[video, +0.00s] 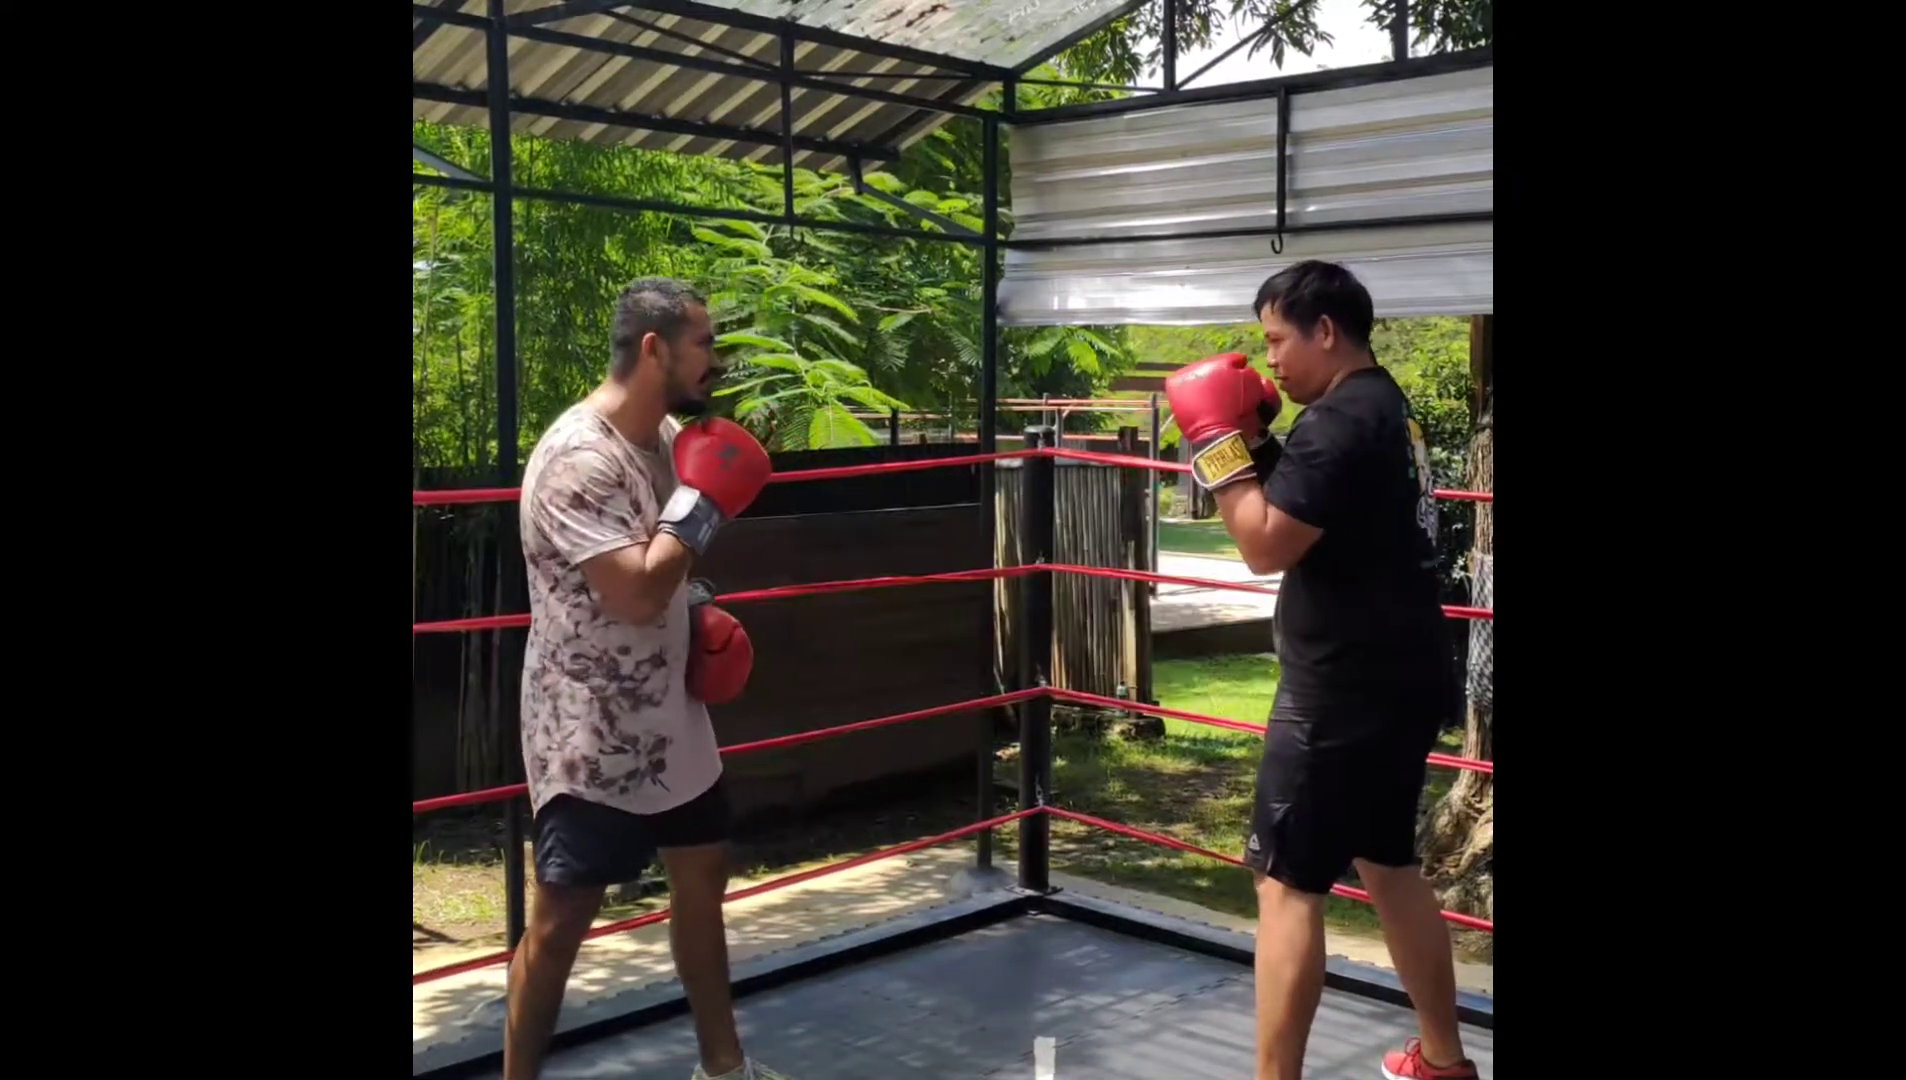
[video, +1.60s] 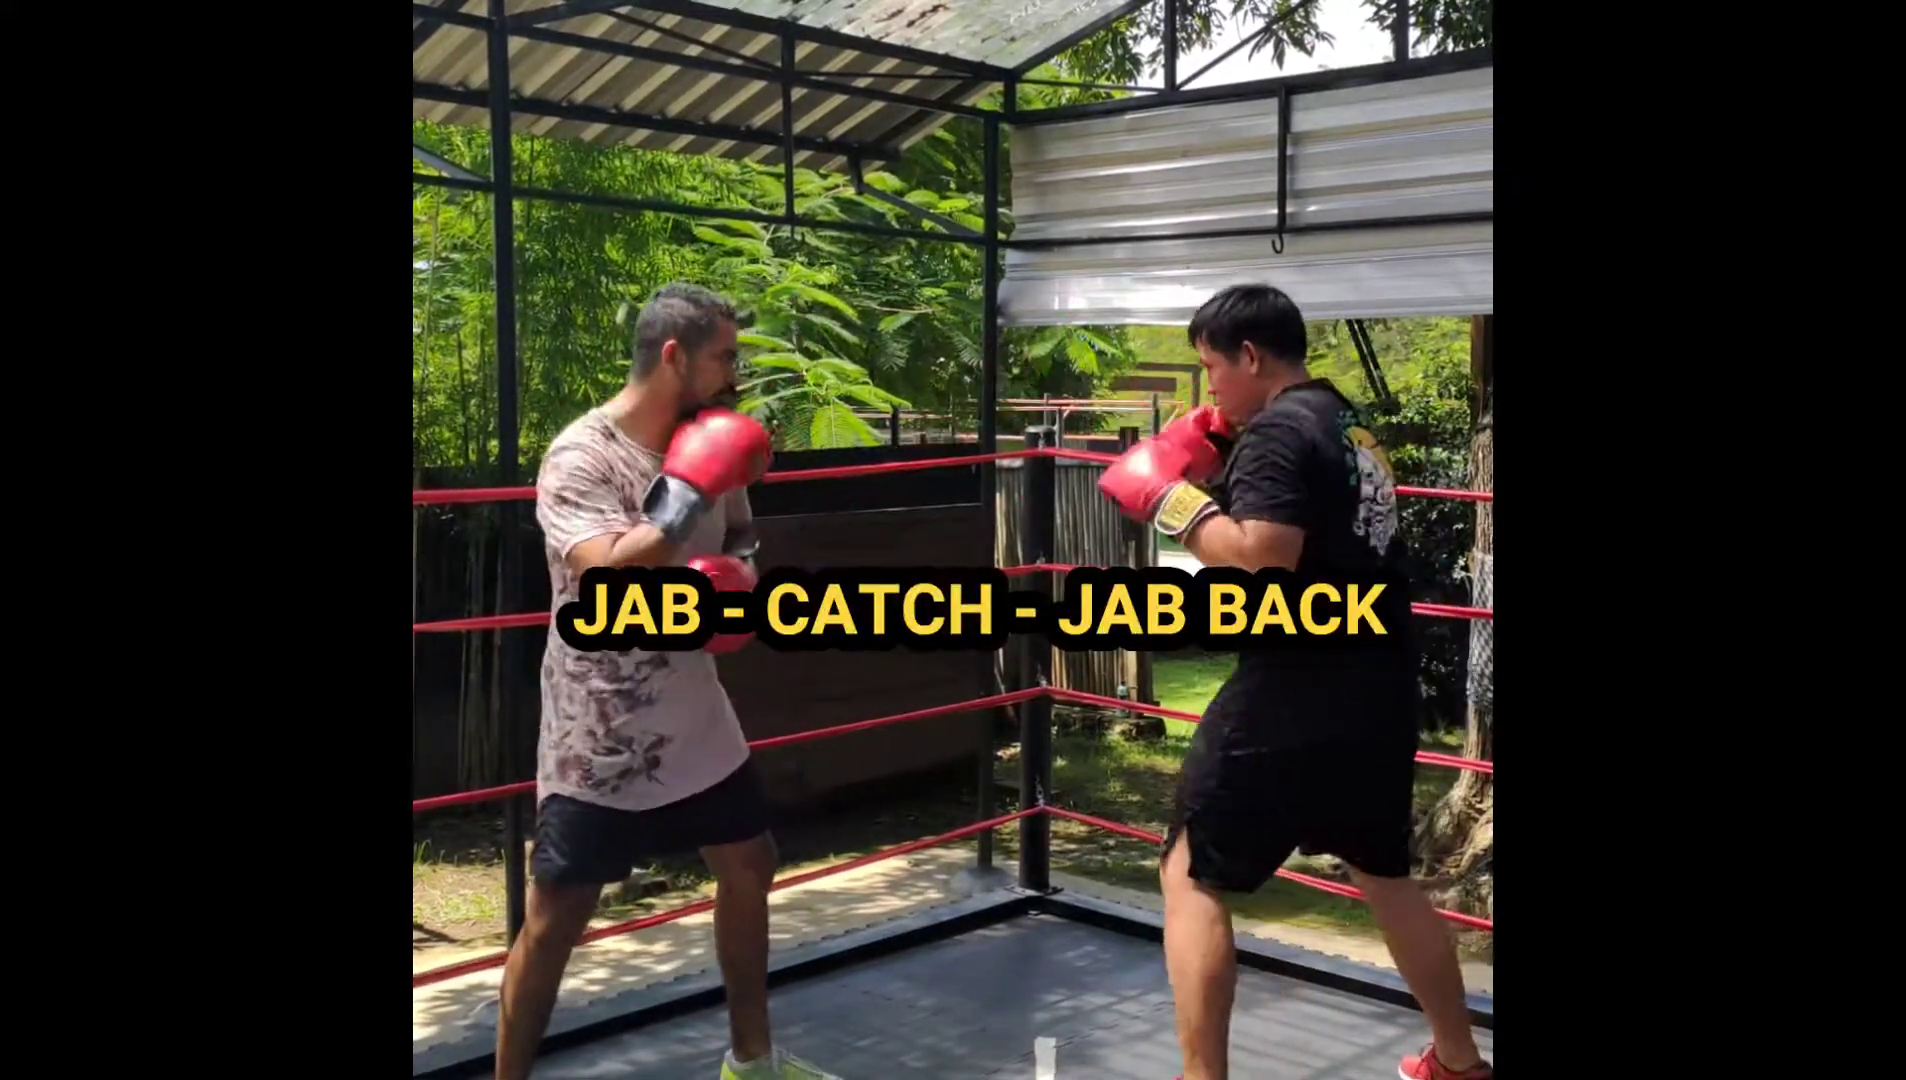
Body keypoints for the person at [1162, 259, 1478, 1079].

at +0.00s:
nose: (1268, 360)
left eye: (1276, 341)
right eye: (1265, 343)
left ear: (1327, 334)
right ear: (1337, 338)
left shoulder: (1342, 420)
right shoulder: (1373, 403)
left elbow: (1265, 546)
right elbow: (1298, 515)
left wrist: (1219, 450)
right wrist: (1251, 443)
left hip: (1337, 687)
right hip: (1397, 680)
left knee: (1286, 880)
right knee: (1390, 862)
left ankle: (1275, 1072)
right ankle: (1444, 1055)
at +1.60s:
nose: (1207, 391)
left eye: (1210, 371)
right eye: (1204, 373)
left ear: (1251, 359)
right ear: (1278, 357)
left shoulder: (1281, 430)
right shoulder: (1341, 423)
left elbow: (1261, 559)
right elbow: (1310, 544)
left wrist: (1172, 500)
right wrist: (1225, 469)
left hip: (1289, 692)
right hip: (1378, 695)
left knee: (1191, 872)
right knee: (1390, 874)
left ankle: (1202, 1071)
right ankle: (1459, 1055)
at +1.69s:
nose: (1183, 377)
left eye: (1183, 358)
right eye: (1180, 359)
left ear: (1221, 349)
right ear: (1267, 344)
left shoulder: (1231, 417)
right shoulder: (1336, 413)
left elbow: (1152, 509)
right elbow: (1282, 505)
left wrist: (1069, 453)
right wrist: (1187, 457)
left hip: (1250, 682)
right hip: (1352, 682)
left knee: (1172, 871)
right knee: (1383, 868)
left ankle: (1170, 1070)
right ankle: (1445, 1049)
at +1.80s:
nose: (1165, 369)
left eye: (1167, 353)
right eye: (1162, 356)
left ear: (1202, 342)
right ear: (1255, 337)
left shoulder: (1206, 407)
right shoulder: (1332, 406)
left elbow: (1051, 435)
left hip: (1233, 684)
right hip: (1343, 682)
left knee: (1171, 875)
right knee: (1374, 867)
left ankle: (1170, 1071)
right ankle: (1428, 1049)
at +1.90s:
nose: (1165, 363)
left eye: (1165, 347)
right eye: (1161, 349)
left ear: (1199, 335)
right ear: (1255, 329)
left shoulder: (1191, 402)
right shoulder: (1336, 402)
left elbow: (1036, 429)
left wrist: (935, 399)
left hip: (1228, 689)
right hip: (1336, 685)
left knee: (1176, 874)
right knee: (1367, 860)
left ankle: (1178, 1071)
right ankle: (1425, 1036)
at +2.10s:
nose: (1183, 364)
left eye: (1184, 344)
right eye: (1180, 344)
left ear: (1220, 335)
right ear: (1261, 335)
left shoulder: (1222, 408)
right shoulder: (1334, 402)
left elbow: (1130, 519)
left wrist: (1036, 456)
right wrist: (1174, 454)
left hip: (1251, 672)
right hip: (1348, 670)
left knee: (1195, 877)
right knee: (1359, 854)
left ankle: (1192, 1071)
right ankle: (1426, 1036)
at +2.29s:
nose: (1215, 377)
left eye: (1217, 359)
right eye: (1209, 363)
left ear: (1264, 346)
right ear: (1290, 347)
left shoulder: (1288, 420)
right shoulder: (1341, 408)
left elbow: (1218, 545)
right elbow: (1279, 518)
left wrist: (1152, 454)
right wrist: (1210, 446)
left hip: (1306, 674)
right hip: (1384, 674)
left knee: (1216, 869)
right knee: (1381, 868)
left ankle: (1200, 1069)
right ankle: (1430, 1059)